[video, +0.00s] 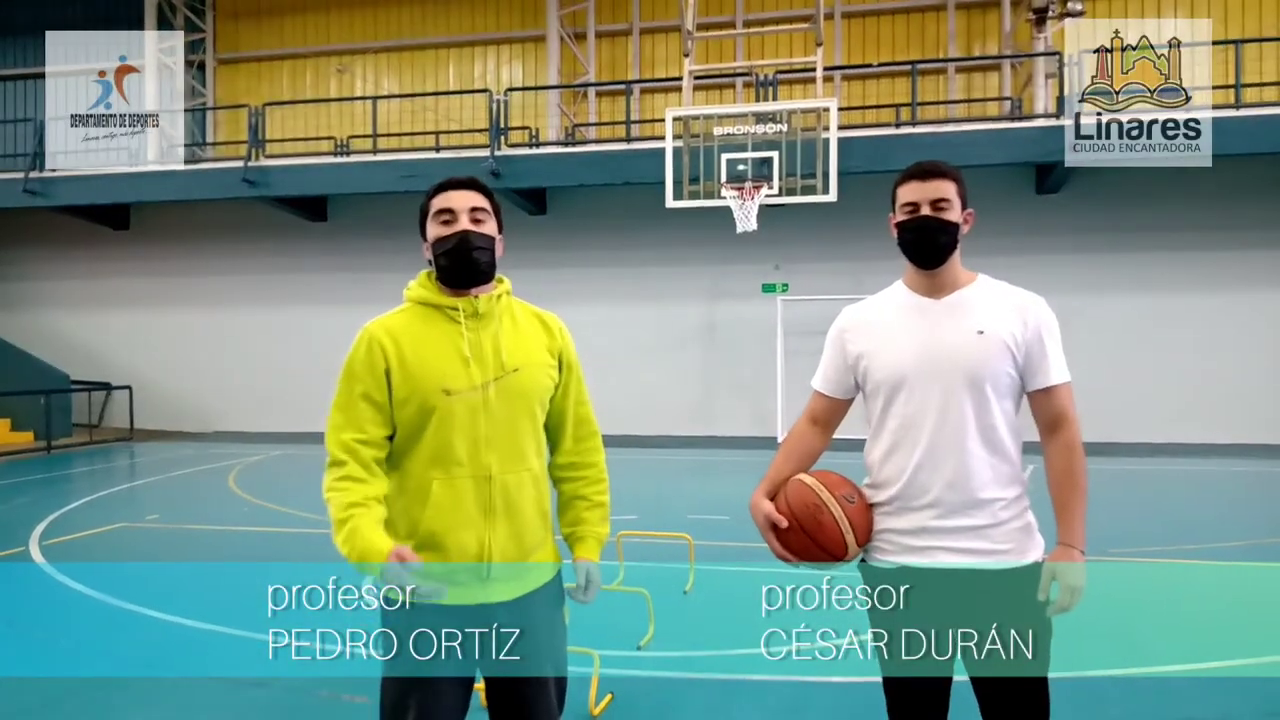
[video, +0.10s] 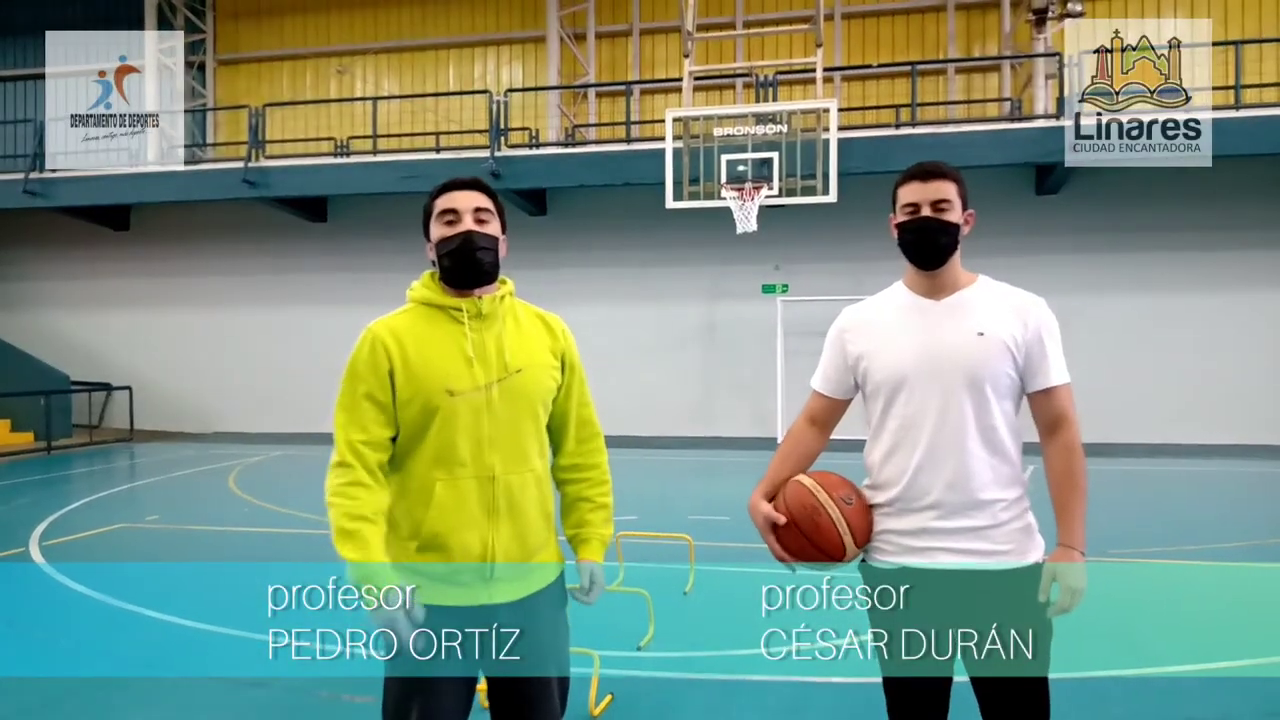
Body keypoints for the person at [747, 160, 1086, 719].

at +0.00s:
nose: (925, 218)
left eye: (940, 207)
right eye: (910, 209)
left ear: (966, 220)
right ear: (893, 227)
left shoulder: (1022, 314)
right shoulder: (858, 324)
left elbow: (1060, 431)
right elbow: (815, 424)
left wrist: (1070, 545)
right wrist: (763, 492)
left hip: (1003, 561)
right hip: (900, 563)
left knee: (1018, 711)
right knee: (913, 713)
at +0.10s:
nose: (926, 219)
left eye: (941, 208)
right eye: (910, 210)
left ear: (967, 221)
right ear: (893, 227)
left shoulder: (1022, 315)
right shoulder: (858, 325)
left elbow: (1059, 432)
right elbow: (813, 424)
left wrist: (1070, 546)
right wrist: (761, 494)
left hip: (1003, 562)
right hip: (900, 563)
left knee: (1019, 711)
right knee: (913, 713)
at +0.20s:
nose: (926, 220)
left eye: (941, 209)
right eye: (911, 211)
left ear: (967, 221)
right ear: (894, 227)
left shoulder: (1022, 316)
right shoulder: (857, 324)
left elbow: (1059, 432)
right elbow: (812, 423)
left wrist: (1070, 545)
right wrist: (759, 496)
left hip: (1003, 560)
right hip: (900, 562)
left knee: (1019, 710)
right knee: (913, 712)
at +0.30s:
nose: (927, 220)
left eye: (942, 209)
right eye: (912, 210)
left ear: (968, 221)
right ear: (894, 225)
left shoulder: (1022, 315)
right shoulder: (858, 323)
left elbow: (1059, 432)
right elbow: (812, 423)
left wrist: (1070, 545)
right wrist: (759, 499)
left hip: (1003, 561)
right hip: (900, 562)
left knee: (1018, 711)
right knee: (913, 713)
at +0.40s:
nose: (928, 221)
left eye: (943, 209)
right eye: (913, 211)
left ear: (968, 221)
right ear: (895, 226)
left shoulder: (1023, 316)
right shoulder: (858, 324)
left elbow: (1059, 432)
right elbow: (813, 425)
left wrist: (1071, 546)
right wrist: (760, 501)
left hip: (1004, 561)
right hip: (900, 563)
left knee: (1019, 711)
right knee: (913, 713)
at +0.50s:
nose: (929, 219)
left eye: (944, 208)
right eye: (914, 210)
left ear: (969, 221)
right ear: (896, 226)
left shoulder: (1023, 316)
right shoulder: (858, 324)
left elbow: (1059, 432)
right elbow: (813, 425)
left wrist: (1072, 546)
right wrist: (760, 503)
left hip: (1004, 561)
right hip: (900, 563)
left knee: (1019, 709)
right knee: (913, 712)